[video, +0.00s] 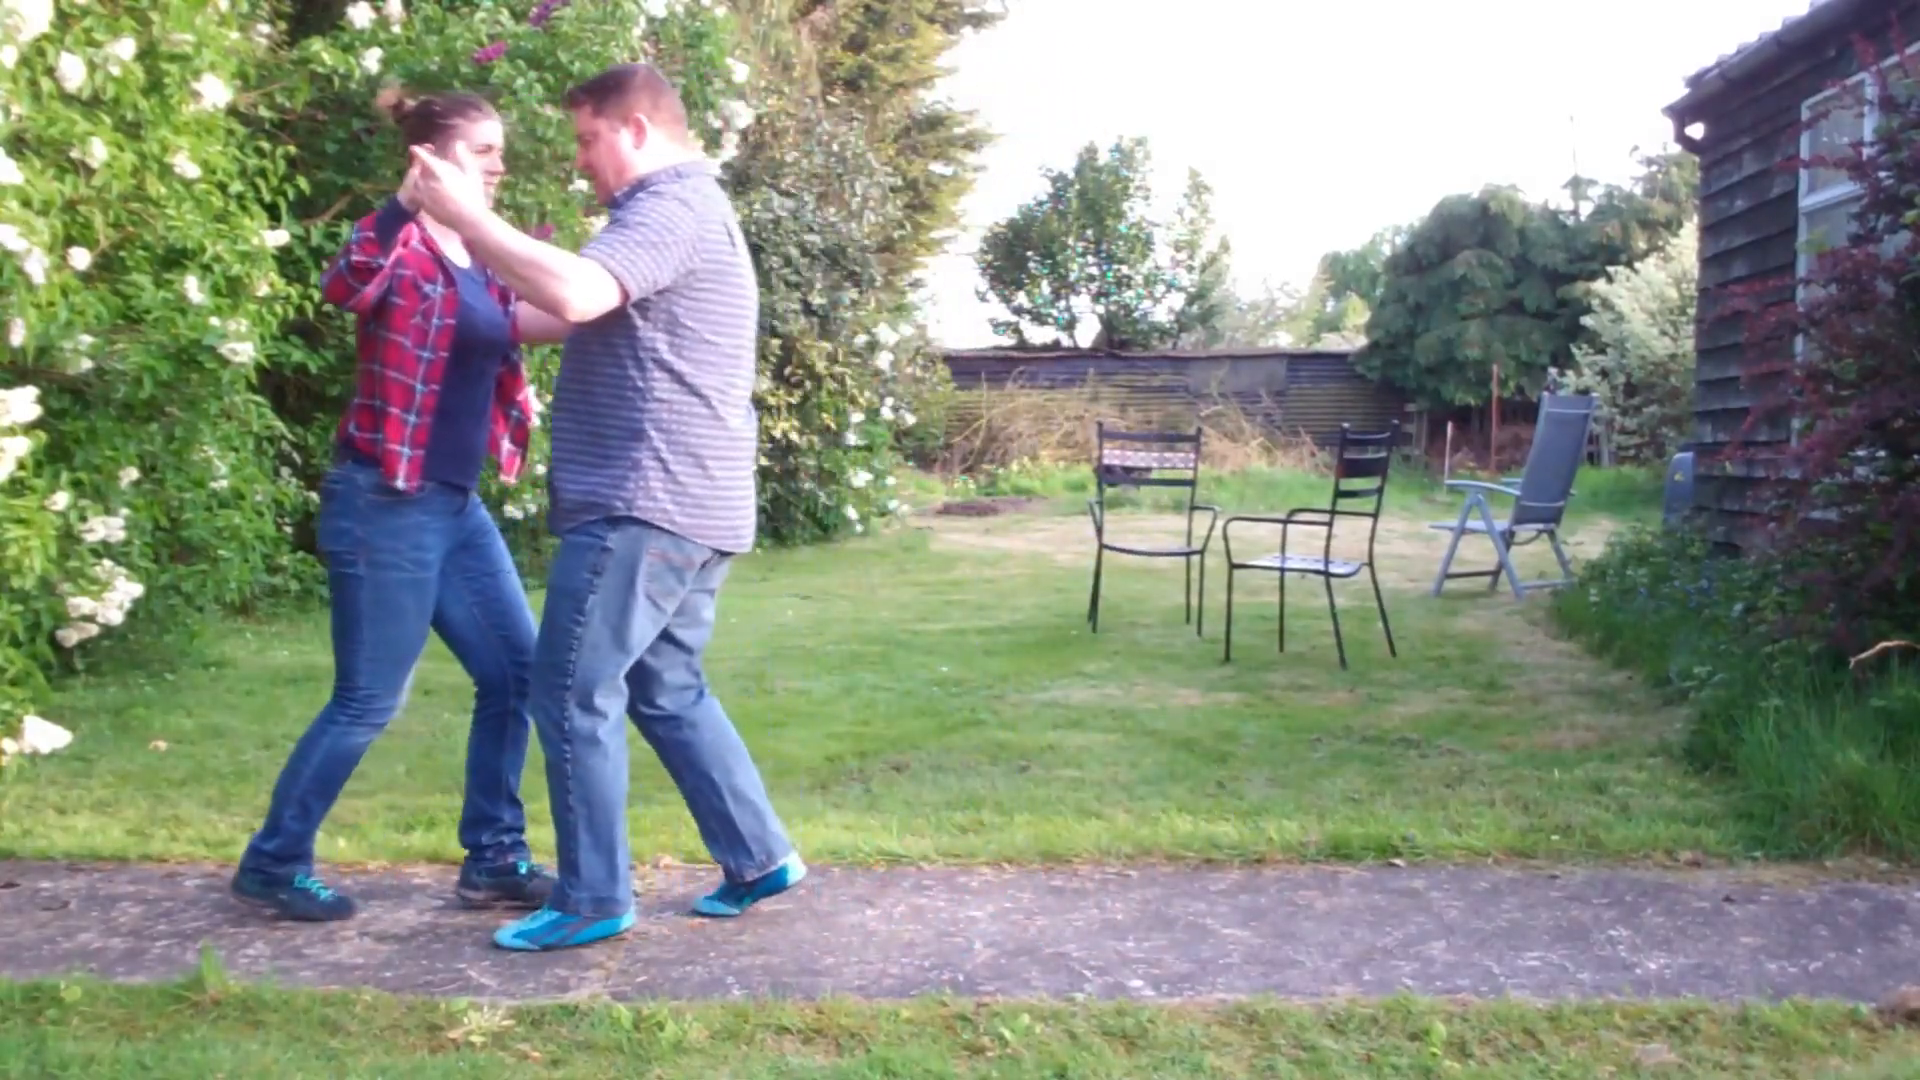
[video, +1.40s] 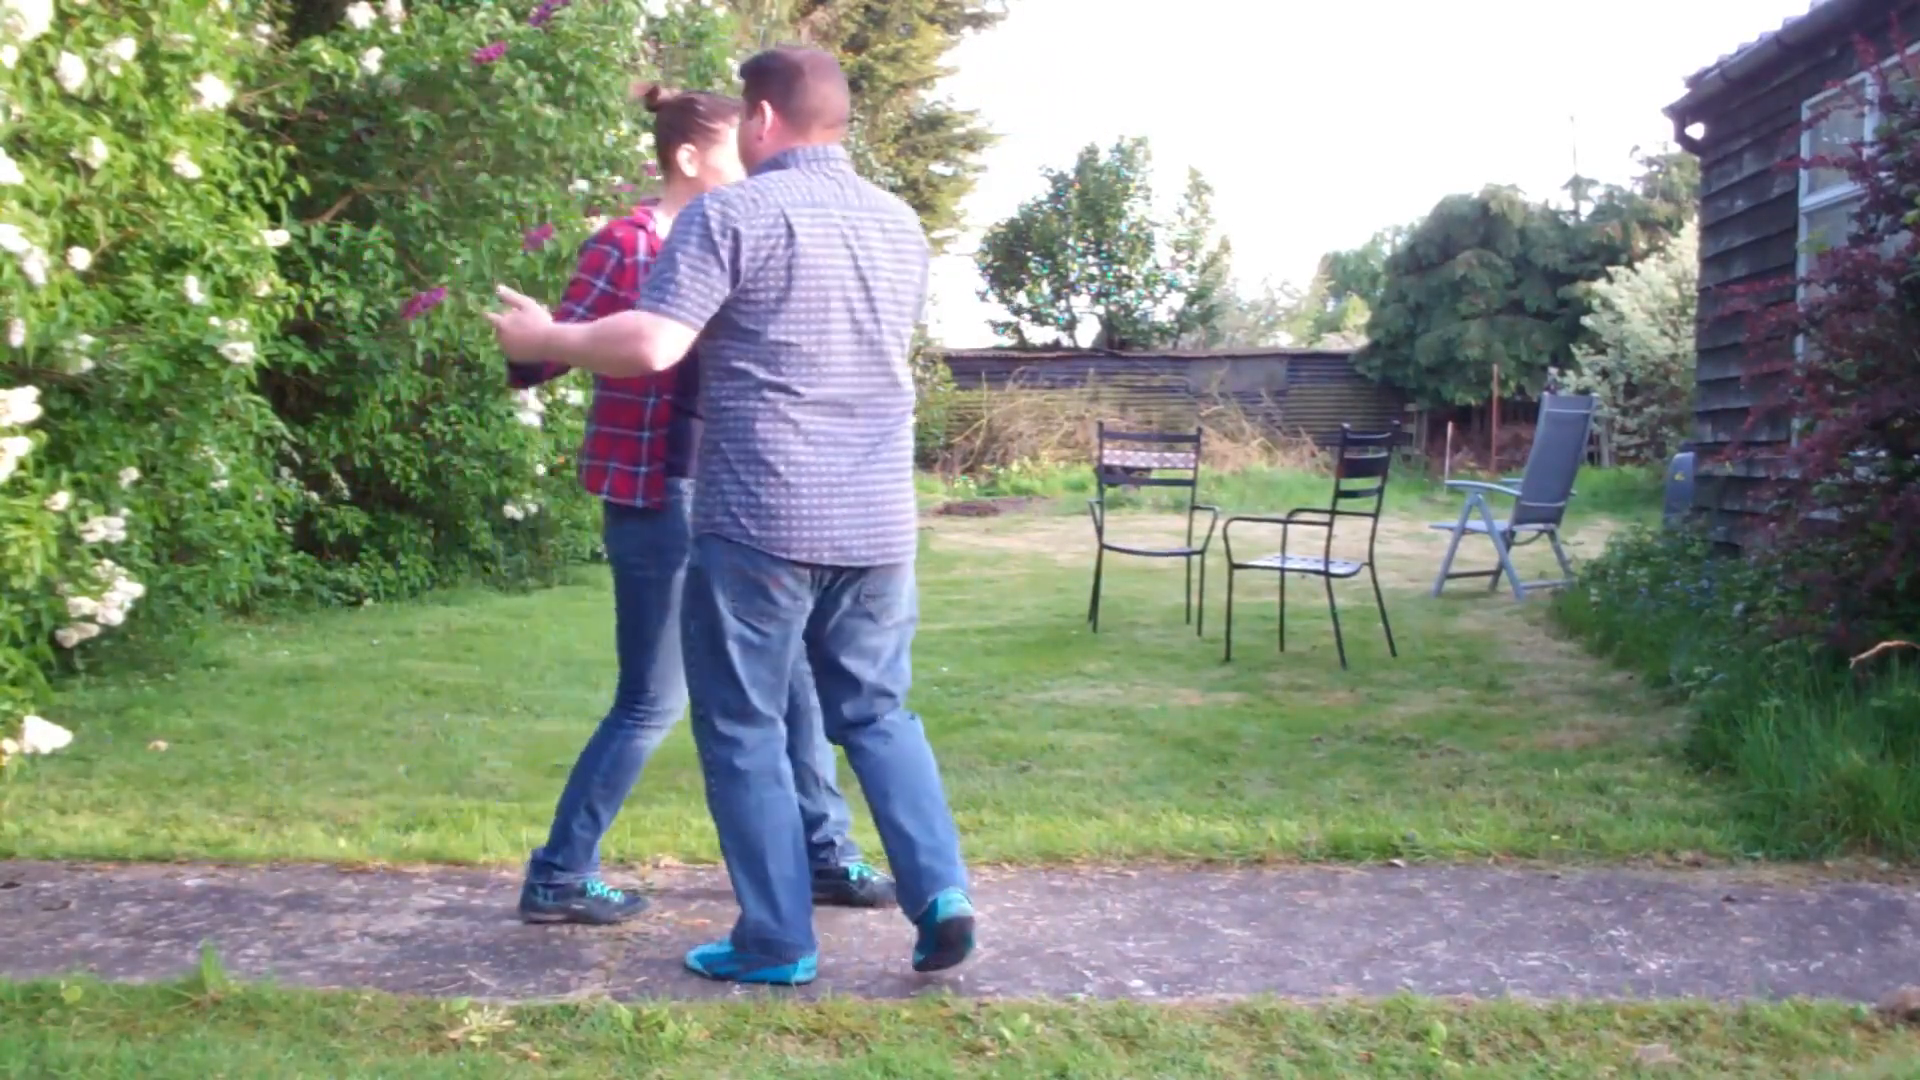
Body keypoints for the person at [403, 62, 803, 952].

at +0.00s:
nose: (579, 161)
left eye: (585, 141)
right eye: (577, 144)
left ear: (634, 128)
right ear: (647, 130)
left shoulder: (669, 206)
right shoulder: (694, 207)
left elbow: (579, 291)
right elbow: (562, 315)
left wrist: (465, 212)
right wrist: (464, 268)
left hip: (645, 501)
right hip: (699, 504)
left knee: (572, 691)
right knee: (665, 686)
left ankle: (593, 899)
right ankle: (760, 859)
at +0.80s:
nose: (622, 145)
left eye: (626, 126)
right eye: (622, 127)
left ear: (661, 115)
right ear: (710, 116)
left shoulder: (695, 194)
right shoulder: (741, 192)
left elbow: (575, 285)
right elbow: (620, 292)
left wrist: (454, 221)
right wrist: (513, 242)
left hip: (715, 495)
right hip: (783, 495)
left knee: (659, 698)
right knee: (734, 697)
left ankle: (738, 896)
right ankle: (753, 892)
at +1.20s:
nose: (694, 138)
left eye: (698, 120)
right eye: (696, 120)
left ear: (727, 116)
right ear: (793, 119)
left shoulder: (730, 206)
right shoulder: (826, 205)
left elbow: (611, 313)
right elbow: (722, 313)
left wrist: (503, 273)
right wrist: (636, 253)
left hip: (759, 513)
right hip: (858, 509)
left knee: (737, 720)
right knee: (816, 703)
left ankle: (779, 939)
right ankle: (874, 894)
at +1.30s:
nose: (720, 136)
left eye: (724, 119)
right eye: (722, 119)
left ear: (751, 118)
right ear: (820, 121)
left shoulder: (739, 207)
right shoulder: (870, 219)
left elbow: (630, 330)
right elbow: (767, 319)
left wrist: (517, 306)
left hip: (760, 514)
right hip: (870, 512)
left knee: (736, 722)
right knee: (849, 703)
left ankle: (777, 939)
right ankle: (921, 887)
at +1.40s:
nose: (739, 143)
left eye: (740, 125)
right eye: (733, 129)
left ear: (767, 118)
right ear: (843, 124)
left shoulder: (737, 216)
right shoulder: (902, 224)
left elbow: (650, 343)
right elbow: (874, 338)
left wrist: (543, 339)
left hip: (763, 514)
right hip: (880, 521)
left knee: (747, 723)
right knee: (877, 708)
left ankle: (775, 938)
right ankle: (943, 894)